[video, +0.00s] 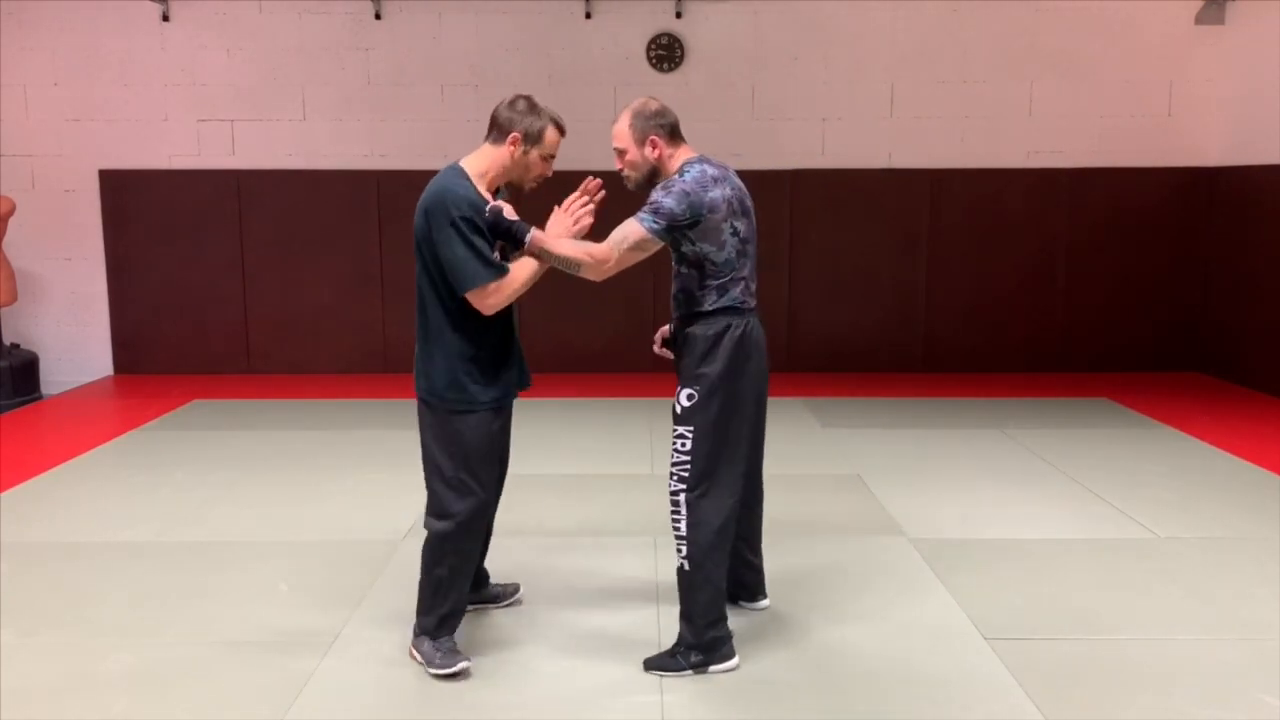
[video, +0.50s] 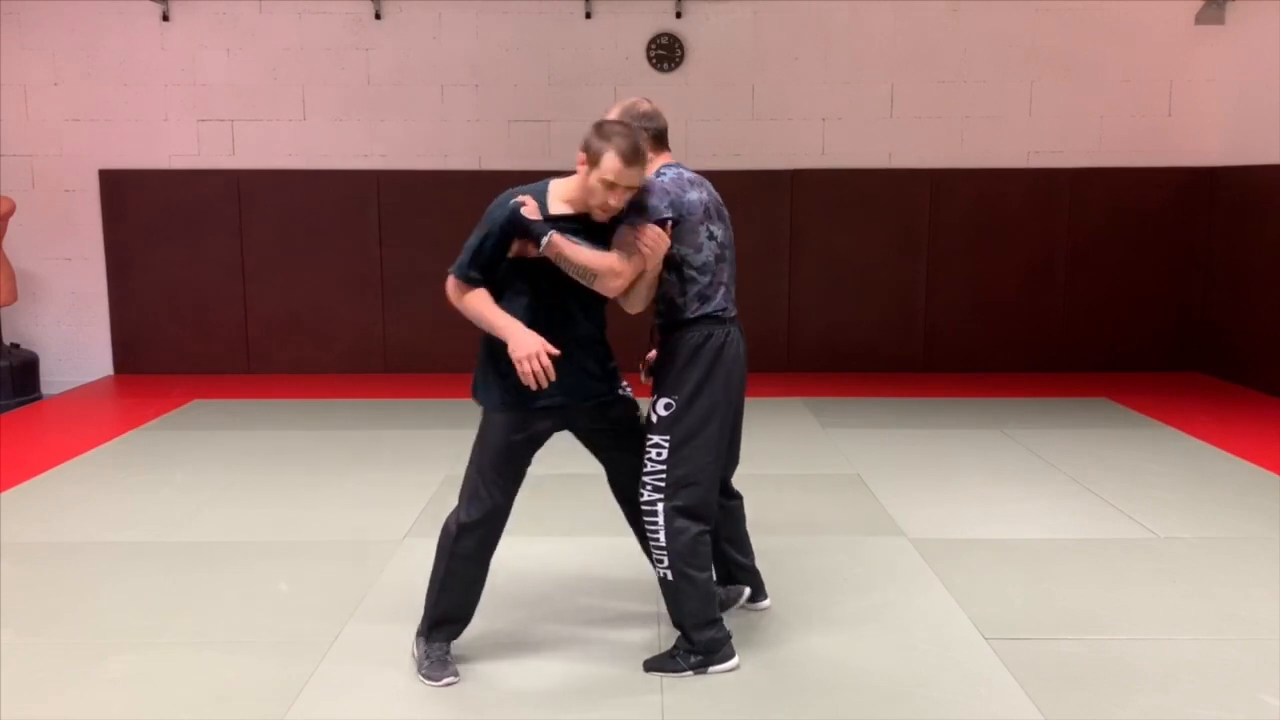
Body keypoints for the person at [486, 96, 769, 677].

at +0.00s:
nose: (619, 164)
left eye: (623, 152)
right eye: (616, 153)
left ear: (656, 146)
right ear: (664, 145)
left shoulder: (688, 190)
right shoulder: (718, 177)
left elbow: (602, 260)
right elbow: (725, 273)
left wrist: (519, 232)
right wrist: (686, 325)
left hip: (717, 345)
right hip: (738, 339)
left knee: (694, 489)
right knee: (736, 471)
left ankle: (704, 641)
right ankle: (744, 582)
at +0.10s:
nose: (611, 162)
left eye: (614, 150)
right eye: (609, 151)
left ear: (649, 144)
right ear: (656, 143)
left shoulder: (682, 191)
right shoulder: (708, 176)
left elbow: (595, 261)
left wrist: (510, 240)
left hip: (707, 346)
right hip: (726, 340)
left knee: (685, 491)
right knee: (724, 474)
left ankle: (703, 642)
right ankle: (741, 582)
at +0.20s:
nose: (608, 157)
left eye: (612, 145)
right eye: (606, 145)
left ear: (647, 140)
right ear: (655, 139)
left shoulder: (677, 189)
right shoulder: (705, 175)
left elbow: (593, 257)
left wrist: (504, 247)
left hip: (698, 348)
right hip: (719, 341)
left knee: (680, 493)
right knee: (716, 473)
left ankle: (702, 642)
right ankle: (739, 581)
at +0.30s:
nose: (607, 156)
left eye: (611, 144)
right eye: (605, 144)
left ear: (645, 138)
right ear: (653, 138)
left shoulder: (673, 187)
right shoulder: (703, 176)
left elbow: (598, 267)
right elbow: (691, 268)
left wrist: (513, 247)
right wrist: (665, 332)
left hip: (695, 347)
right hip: (716, 342)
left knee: (678, 495)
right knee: (712, 474)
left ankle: (702, 642)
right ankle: (739, 579)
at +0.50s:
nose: (614, 170)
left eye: (619, 157)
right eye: (612, 158)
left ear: (641, 147)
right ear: (664, 142)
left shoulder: (657, 189)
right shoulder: (696, 185)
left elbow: (615, 273)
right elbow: (698, 281)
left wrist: (545, 235)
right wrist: (668, 347)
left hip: (697, 349)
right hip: (718, 345)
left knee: (665, 495)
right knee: (708, 477)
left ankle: (704, 642)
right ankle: (741, 580)